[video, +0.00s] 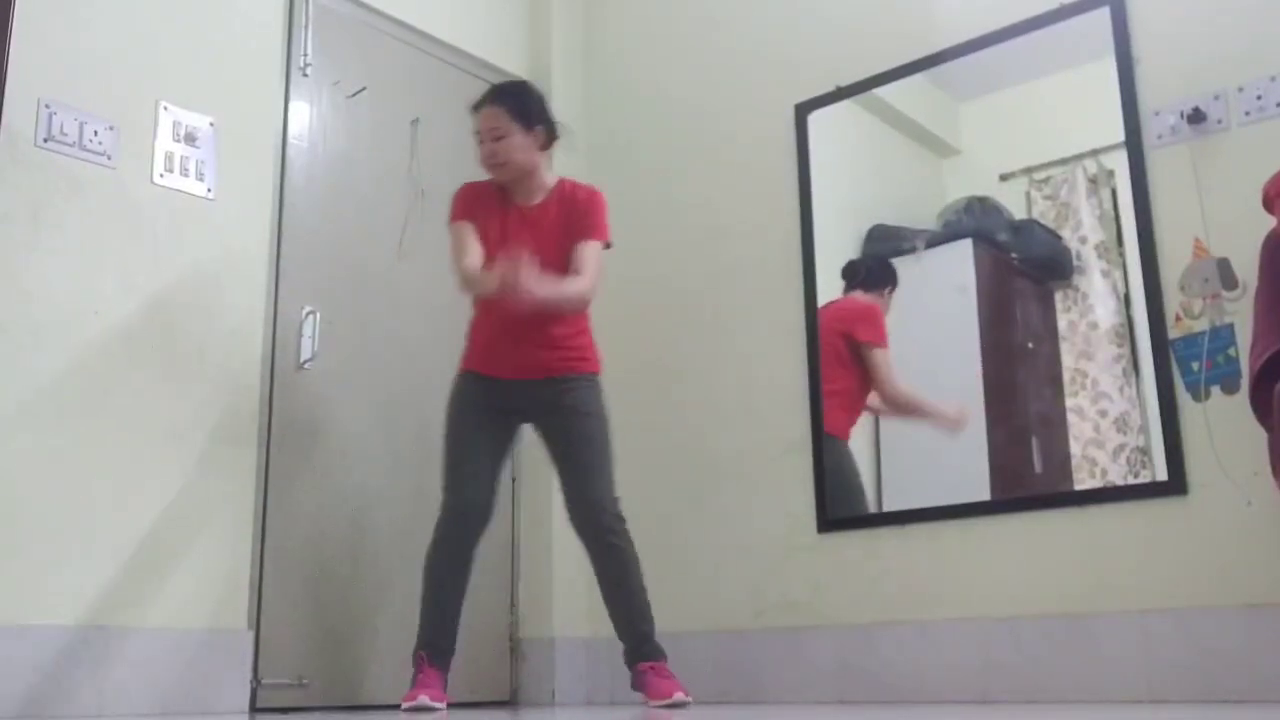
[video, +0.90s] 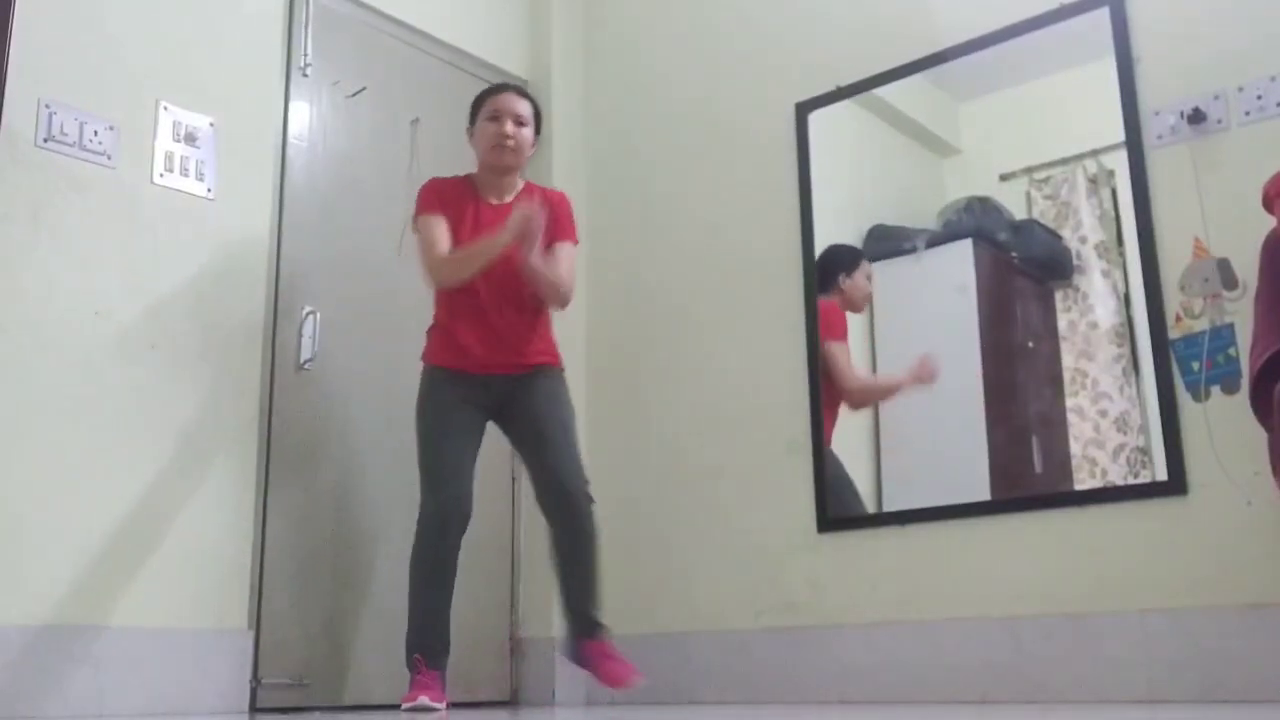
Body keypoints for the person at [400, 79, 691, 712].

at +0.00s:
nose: (485, 149)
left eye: (497, 136)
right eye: (479, 138)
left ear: (540, 136)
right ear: (479, 143)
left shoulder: (583, 201)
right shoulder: (472, 200)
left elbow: (584, 287)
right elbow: (468, 275)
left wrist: (534, 287)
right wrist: (497, 275)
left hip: (567, 381)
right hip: (486, 380)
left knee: (599, 514)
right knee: (462, 513)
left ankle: (648, 663)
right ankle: (430, 671)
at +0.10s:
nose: (460, 158)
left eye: (472, 146)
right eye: (455, 147)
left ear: (513, 144)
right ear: (454, 150)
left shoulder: (560, 211)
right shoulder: (449, 205)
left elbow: (565, 301)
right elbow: (437, 286)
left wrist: (547, 372)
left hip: (538, 378)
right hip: (463, 377)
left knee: (567, 514)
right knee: (444, 519)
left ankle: (627, 657)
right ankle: (428, 672)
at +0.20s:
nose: (444, 163)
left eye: (455, 151)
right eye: (439, 151)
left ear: (497, 149)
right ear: (442, 153)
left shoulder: (546, 216)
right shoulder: (433, 212)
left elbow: (559, 317)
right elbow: (405, 311)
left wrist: (576, 409)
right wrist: (387, 401)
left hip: (523, 381)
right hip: (444, 381)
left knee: (526, 500)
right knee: (439, 516)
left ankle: (560, 640)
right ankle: (427, 673)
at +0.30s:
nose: (434, 162)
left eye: (444, 149)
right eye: (430, 150)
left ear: (487, 146)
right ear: (435, 151)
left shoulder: (540, 213)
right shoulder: (426, 207)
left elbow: (572, 307)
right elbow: (371, 288)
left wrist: (596, 392)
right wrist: (355, 376)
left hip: (515, 375)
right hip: (436, 375)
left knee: (496, 494)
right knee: (436, 508)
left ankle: (489, 637)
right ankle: (426, 669)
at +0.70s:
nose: (477, 148)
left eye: (490, 137)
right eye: (465, 137)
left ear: (513, 150)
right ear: (448, 148)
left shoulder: (536, 225)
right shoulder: (422, 214)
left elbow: (557, 314)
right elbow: (366, 300)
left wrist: (553, 375)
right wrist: (391, 367)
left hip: (508, 382)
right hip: (430, 381)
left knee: (514, 475)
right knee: (430, 513)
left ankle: (495, 593)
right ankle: (425, 670)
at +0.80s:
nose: (491, 141)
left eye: (504, 133)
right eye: (479, 131)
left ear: (521, 149)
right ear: (458, 143)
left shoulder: (539, 219)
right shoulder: (427, 209)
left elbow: (549, 306)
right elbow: (404, 302)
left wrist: (531, 326)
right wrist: (466, 311)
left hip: (516, 380)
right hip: (440, 380)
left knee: (542, 478)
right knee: (435, 514)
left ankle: (530, 601)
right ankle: (426, 673)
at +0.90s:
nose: (508, 129)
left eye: (520, 122)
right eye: (495, 119)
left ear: (534, 140)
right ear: (472, 133)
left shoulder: (551, 206)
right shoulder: (440, 194)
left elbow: (560, 292)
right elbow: (441, 272)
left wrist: (527, 251)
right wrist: (507, 234)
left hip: (531, 374)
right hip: (454, 375)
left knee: (570, 496)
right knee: (444, 510)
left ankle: (587, 637)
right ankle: (426, 671)